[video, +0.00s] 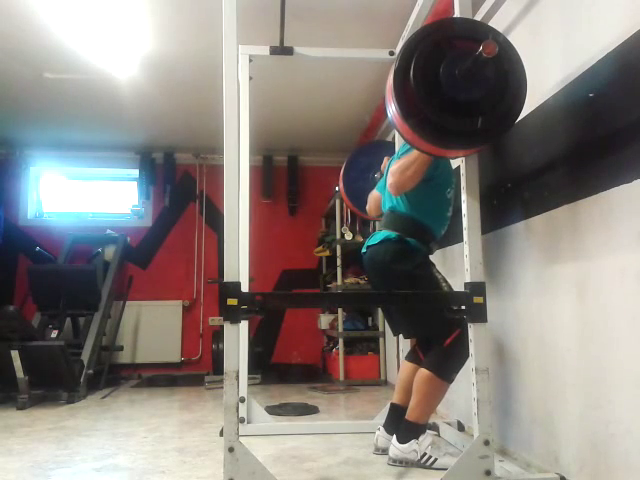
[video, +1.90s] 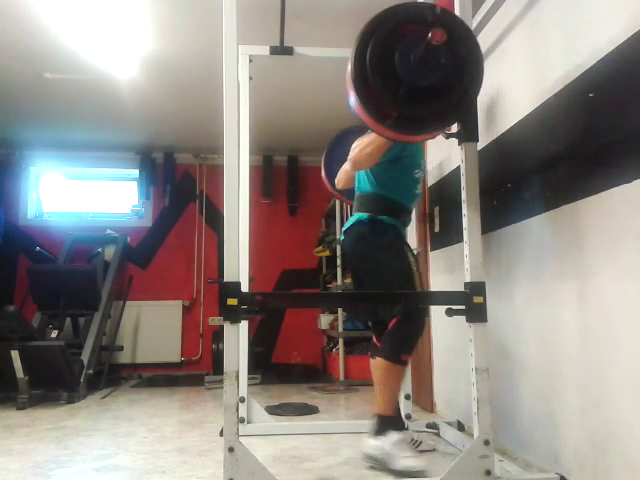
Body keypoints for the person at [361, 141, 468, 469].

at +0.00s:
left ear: (413, 119)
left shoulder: (404, 154)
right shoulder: (421, 145)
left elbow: (373, 208)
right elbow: (397, 184)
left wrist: (386, 171)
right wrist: (432, 143)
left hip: (381, 252)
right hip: (398, 253)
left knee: (427, 339)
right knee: (453, 340)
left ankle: (393, 428)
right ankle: (409, 440)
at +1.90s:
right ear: (409, 102)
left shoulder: (404, 141)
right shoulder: (391, 132)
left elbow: (341, 181)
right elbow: (355, 160)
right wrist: (394, 127)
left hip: (372, 232)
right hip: (373, 232)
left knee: (383, 329)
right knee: (410, 316)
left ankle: (391, 425)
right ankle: (385, 431)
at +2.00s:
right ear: (403, 102)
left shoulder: (399, 140)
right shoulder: (384, 132)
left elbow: (338, 181)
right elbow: (350, 162)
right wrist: (390, 127)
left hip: (380, 232)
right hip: (369, 230)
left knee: (388, 323)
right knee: (390, 316)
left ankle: (392, 430)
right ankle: (340, 432)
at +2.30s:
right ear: (383, 99)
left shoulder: (379, 137)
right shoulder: (365, 128)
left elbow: (320, 180)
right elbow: (330, 159)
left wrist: (312, 168)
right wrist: (370, 124)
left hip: (366, 236)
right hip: (345, 231)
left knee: (376, 330)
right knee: (346, 330)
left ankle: (392, 430)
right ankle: (321, 446)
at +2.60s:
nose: (403, 122)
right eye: (399, 115)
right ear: (381, 104)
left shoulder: (366, 136)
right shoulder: (353, 126)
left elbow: (300, 176)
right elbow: (310, 154)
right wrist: (353, 124)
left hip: (335, 231)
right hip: (320, 227)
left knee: (344, 326)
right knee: (330, 328)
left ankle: (340, 414)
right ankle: (320, 445)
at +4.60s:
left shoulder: (350, 139)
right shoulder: (334, 133)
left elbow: (285, 183)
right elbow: (296, 170)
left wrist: (298, 167)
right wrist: (338, 140)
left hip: (319, 232)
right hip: (309, 231)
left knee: (316, 331)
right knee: (316, 331)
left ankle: (315, 429)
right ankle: (319, 446)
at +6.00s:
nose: (370, 127)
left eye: (369, 122)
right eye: (366, 121)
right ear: (349, 113)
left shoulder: (346, 145)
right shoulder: (331, 135)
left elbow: (289, 187)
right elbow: (294, 169)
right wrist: (327, 131)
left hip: (318, 234)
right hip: (310, 233)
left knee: (314, 332)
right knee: (316, 331)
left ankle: (315, 429)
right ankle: (319, 446)